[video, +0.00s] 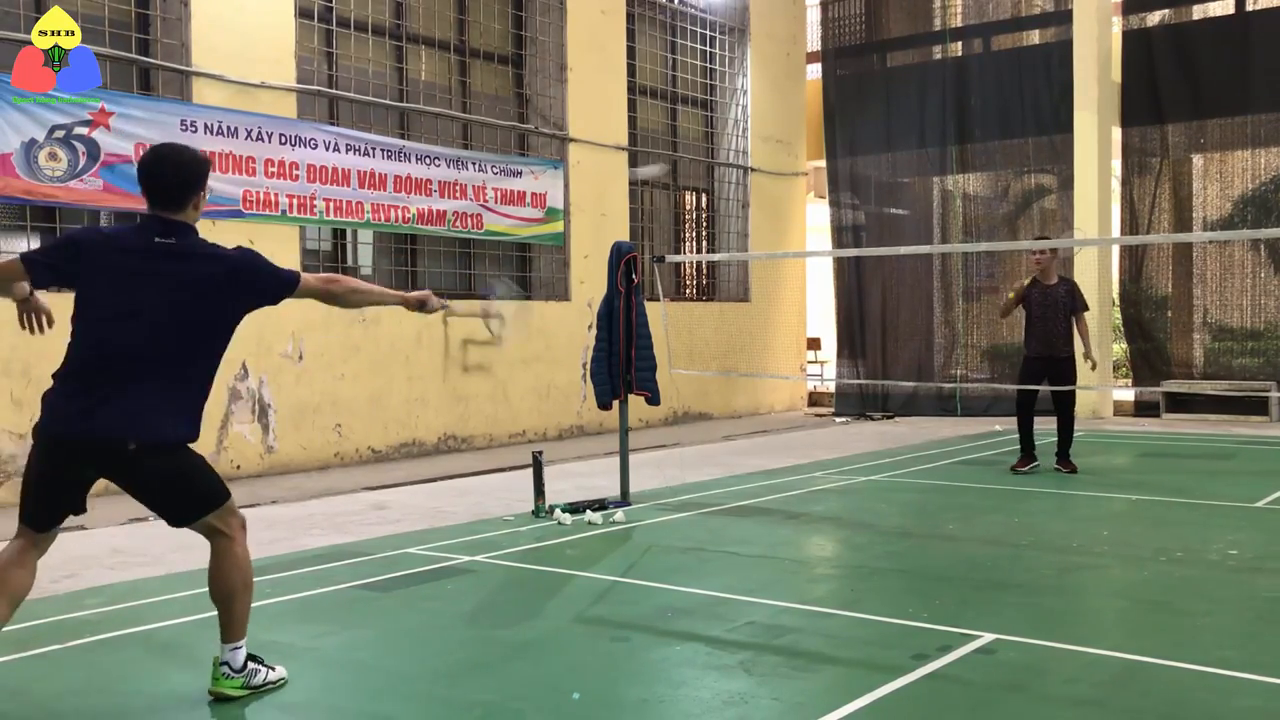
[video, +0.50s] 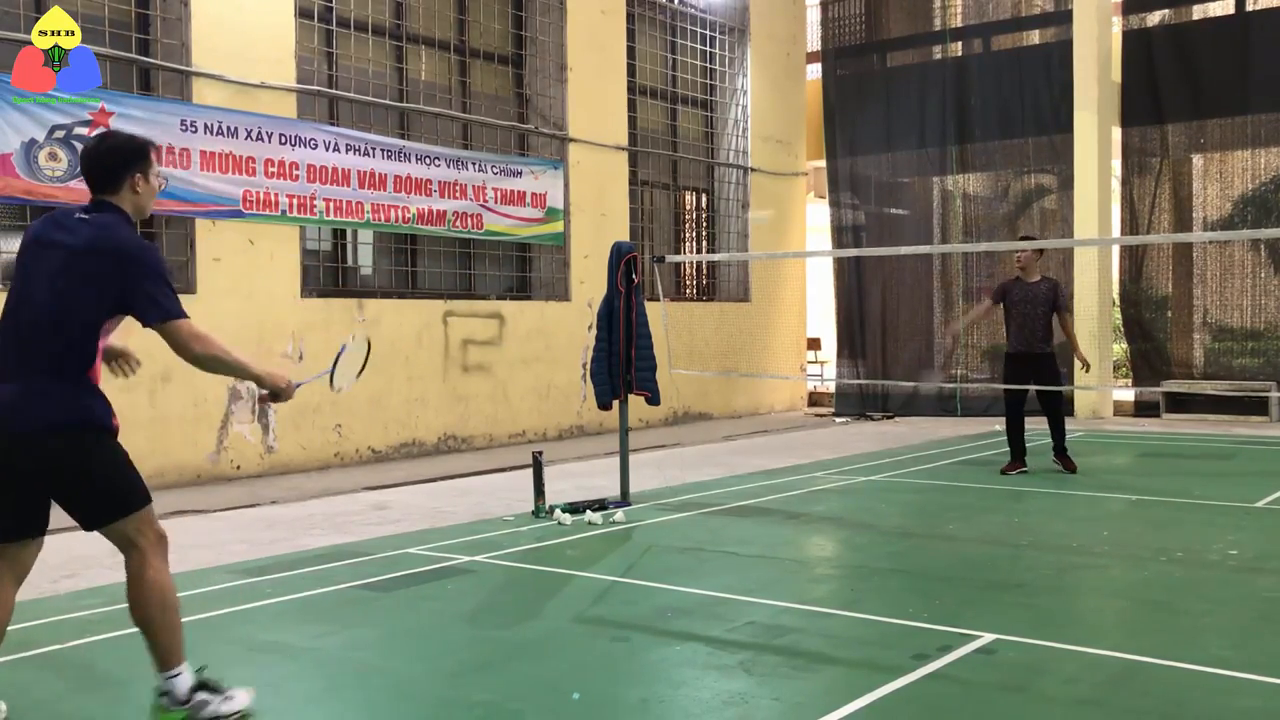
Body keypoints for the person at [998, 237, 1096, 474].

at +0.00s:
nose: (1036, 257)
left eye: (1042, 253)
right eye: (1033, 253)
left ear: (1053, 255)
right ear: (1029, 257)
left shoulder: (1068, 286)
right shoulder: (1027, 287)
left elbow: (1080, 319)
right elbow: (1003, 313)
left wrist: (1088, 350)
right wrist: (1015, 294)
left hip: (1063, 357)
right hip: (1034, 356)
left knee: (1065, 409)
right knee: (1023, 404)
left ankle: (1063, 458)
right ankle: (1027, 455)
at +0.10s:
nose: (1034, 256)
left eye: (1040, 252)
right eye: (1032, 252)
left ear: (1052, 255)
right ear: (1029, 257)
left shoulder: (1066, 286)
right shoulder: (1025, 285)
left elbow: (1076, 318)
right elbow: (1002, 307)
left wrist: (1084, 347)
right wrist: (1016, 279)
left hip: (1061, 357)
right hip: (1032, 356)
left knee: (1064, 409)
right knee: (1022, 407)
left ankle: (1063, 458)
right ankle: (1018, 457)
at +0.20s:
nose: (1028, 255)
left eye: (1034, 251)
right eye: (1026, 251)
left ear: (1047, 255)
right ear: (1024, 256)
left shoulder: (1062, 285)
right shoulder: (1021, 285)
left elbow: (1073, 317)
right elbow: (994, 296)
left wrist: (1081, 343)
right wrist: (997, 272)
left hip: (1058, 356)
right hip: (1029, 356)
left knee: (1063, 410)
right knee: (1021, 409)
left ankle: (1063, 458)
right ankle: (1018, 459)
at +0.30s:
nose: (1021, 254)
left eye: (1027, 251)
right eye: (1021, 251)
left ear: (1041, 255)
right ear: (1021, 256)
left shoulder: (1057, 285)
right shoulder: (1016, 284)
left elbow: (1069, 317)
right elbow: (988, 285)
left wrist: (1082, 345)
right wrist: (972, 266)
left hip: (1054, 355)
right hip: (1025, 355)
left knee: (1061, 408)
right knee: (1019, 408)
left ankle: (1063, 458)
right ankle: (1018, 459)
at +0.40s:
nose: (1018, 256)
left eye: (1023, 252)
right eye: (1017, 252)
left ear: (1038, 255)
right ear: (1018, 257)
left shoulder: (1053, 285)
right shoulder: (1010, 285)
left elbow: (1067, 318)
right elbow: (980, 285)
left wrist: (1080, 347)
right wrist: (955, 279)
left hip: (1049, 355)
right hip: (1021, 355)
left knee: (1059, 407)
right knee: (1016, 409)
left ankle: (1062, 455)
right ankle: (1018, 459)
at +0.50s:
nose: (1018, 255)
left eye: (1023, 251)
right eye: (1017, 252)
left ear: (1037, 255)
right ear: (1017, 257)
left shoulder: (1052, 286)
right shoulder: (1008, 287)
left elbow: (1065, 321)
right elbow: (983, 308)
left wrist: (1077, 351)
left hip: (1044, 357)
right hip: (1016, 358)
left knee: (1054, 407)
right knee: (1013, 411)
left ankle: (1060, 452)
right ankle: (1017, 459)